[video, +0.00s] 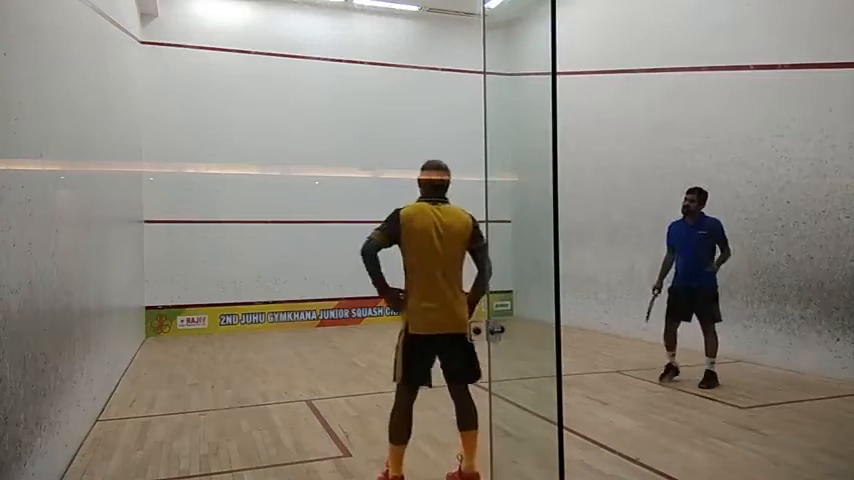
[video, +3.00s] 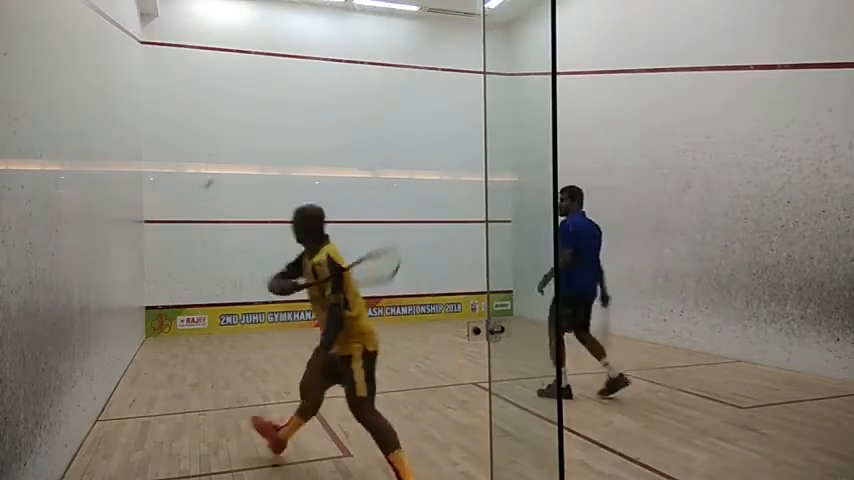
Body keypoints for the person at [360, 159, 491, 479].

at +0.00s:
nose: (432, 184)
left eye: (426, 179)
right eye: (438, 179)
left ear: (419, 184)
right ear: (449, 185)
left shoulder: (403, 216)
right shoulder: (466, 220)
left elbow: (368, 250)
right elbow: (485, 271)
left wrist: (386, 292)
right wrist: (469, 302)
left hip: (417, 324)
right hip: (455, 322)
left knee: (405, 397)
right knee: (461, 394)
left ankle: (394, 471)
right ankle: (470, 467)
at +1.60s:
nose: (384, 190)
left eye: (383, 185)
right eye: (391, 184)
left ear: (381, 188)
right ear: (410, 188)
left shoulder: (369, 222)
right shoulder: (429, 222)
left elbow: (344, 276)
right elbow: (457, 270)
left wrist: (363, 271)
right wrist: (425, 279)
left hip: (386, 330)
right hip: (425, 327)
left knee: (378, 406)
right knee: (429, 385)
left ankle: (390, 475)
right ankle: (432, 453)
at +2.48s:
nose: (367, 201)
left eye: (368, 196)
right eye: (369, 195)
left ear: (370, 199)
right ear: (396, 201)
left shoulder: (370, 225)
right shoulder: (412, 233)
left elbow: (364, 269)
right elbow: (427, 282)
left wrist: (347, 283)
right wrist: (378, 288)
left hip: (399, 325)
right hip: (426, 322)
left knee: (388, 397)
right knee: (417, 385)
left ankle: (419, 472)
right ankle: (424, 457)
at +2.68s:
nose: (352, 210)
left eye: (354, 205)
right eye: (354, 205)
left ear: (358, 209)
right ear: (382, 210)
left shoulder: (362, 236)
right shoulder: (392, 240)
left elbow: (361, 285)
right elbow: (392, 296)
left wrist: (333, 316)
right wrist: (356, 312)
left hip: (392, 338)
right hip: (410, 335)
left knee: (374, 409)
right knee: (395, 396)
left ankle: (410, 474)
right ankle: (420, 459)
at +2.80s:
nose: (336, 223)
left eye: (339, 218)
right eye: (338, 217)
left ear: (347, 222)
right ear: (365, 221)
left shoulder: (358, 254)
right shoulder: (367, 251)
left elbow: (361, 309)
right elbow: (363, 306)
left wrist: (327, 340)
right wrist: (329, 310)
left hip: (387, 349)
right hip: (377, 345)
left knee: (362, 420)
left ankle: (403, 472)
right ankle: (385, 435)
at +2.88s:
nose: (324, 225)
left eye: (329, 220)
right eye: (326, 220)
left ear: (341, 224)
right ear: (348, 226)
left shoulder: (352, 259)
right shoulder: (344, 260)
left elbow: (356, 316)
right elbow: (330, 304)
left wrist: (320, 355)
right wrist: (314, 303)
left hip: (382, 349)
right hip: (367, 345)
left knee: (361, 421)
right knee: (335, 368)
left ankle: (405, 474)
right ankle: (346, 438)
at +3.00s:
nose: (293, 231)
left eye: (295, 226)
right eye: (294, 226)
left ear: (303, 230)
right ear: (317, 228)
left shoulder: (328, 260)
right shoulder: (308, 258)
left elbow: (336, 313)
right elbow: (276, 283)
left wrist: (320, 352)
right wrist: (295, 285)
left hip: (359, 344)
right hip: (336, 343)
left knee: (363, 409)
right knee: (311, 388)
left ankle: (404, 472)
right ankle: (282, 436)